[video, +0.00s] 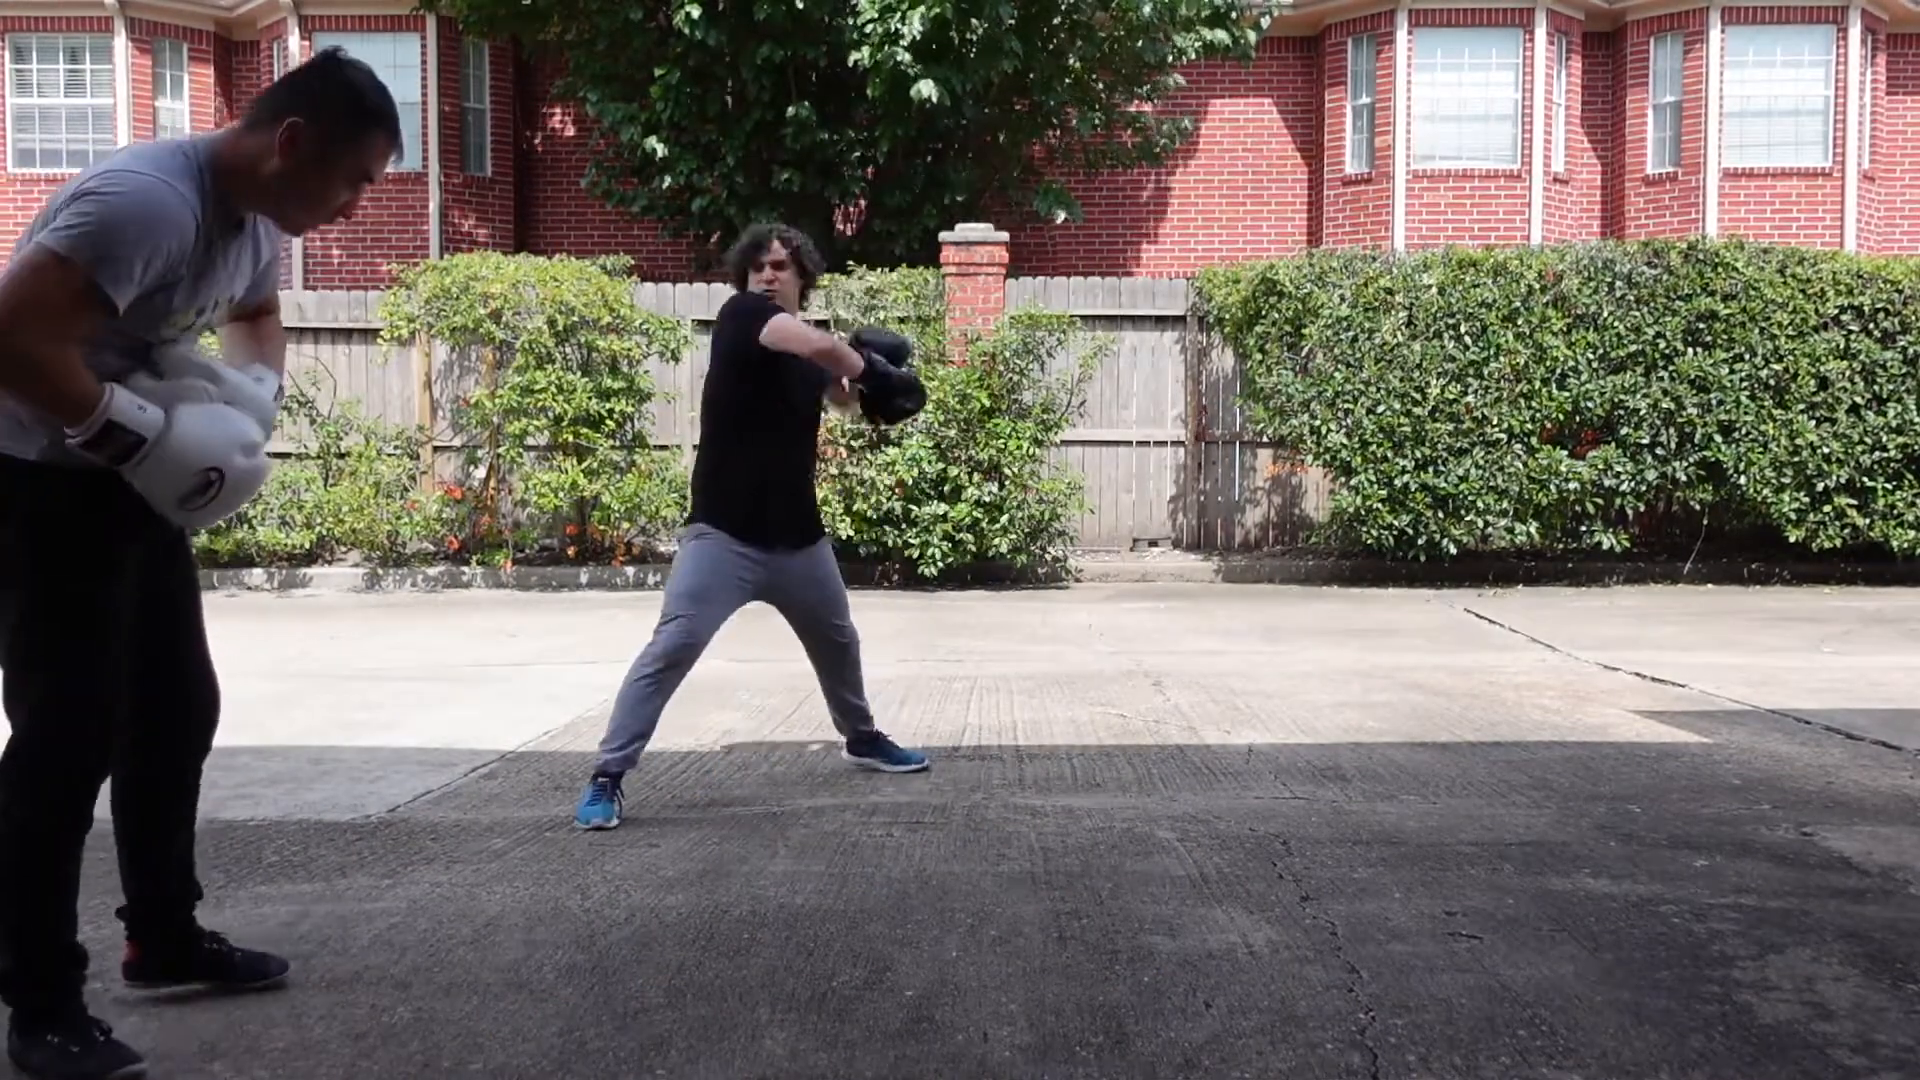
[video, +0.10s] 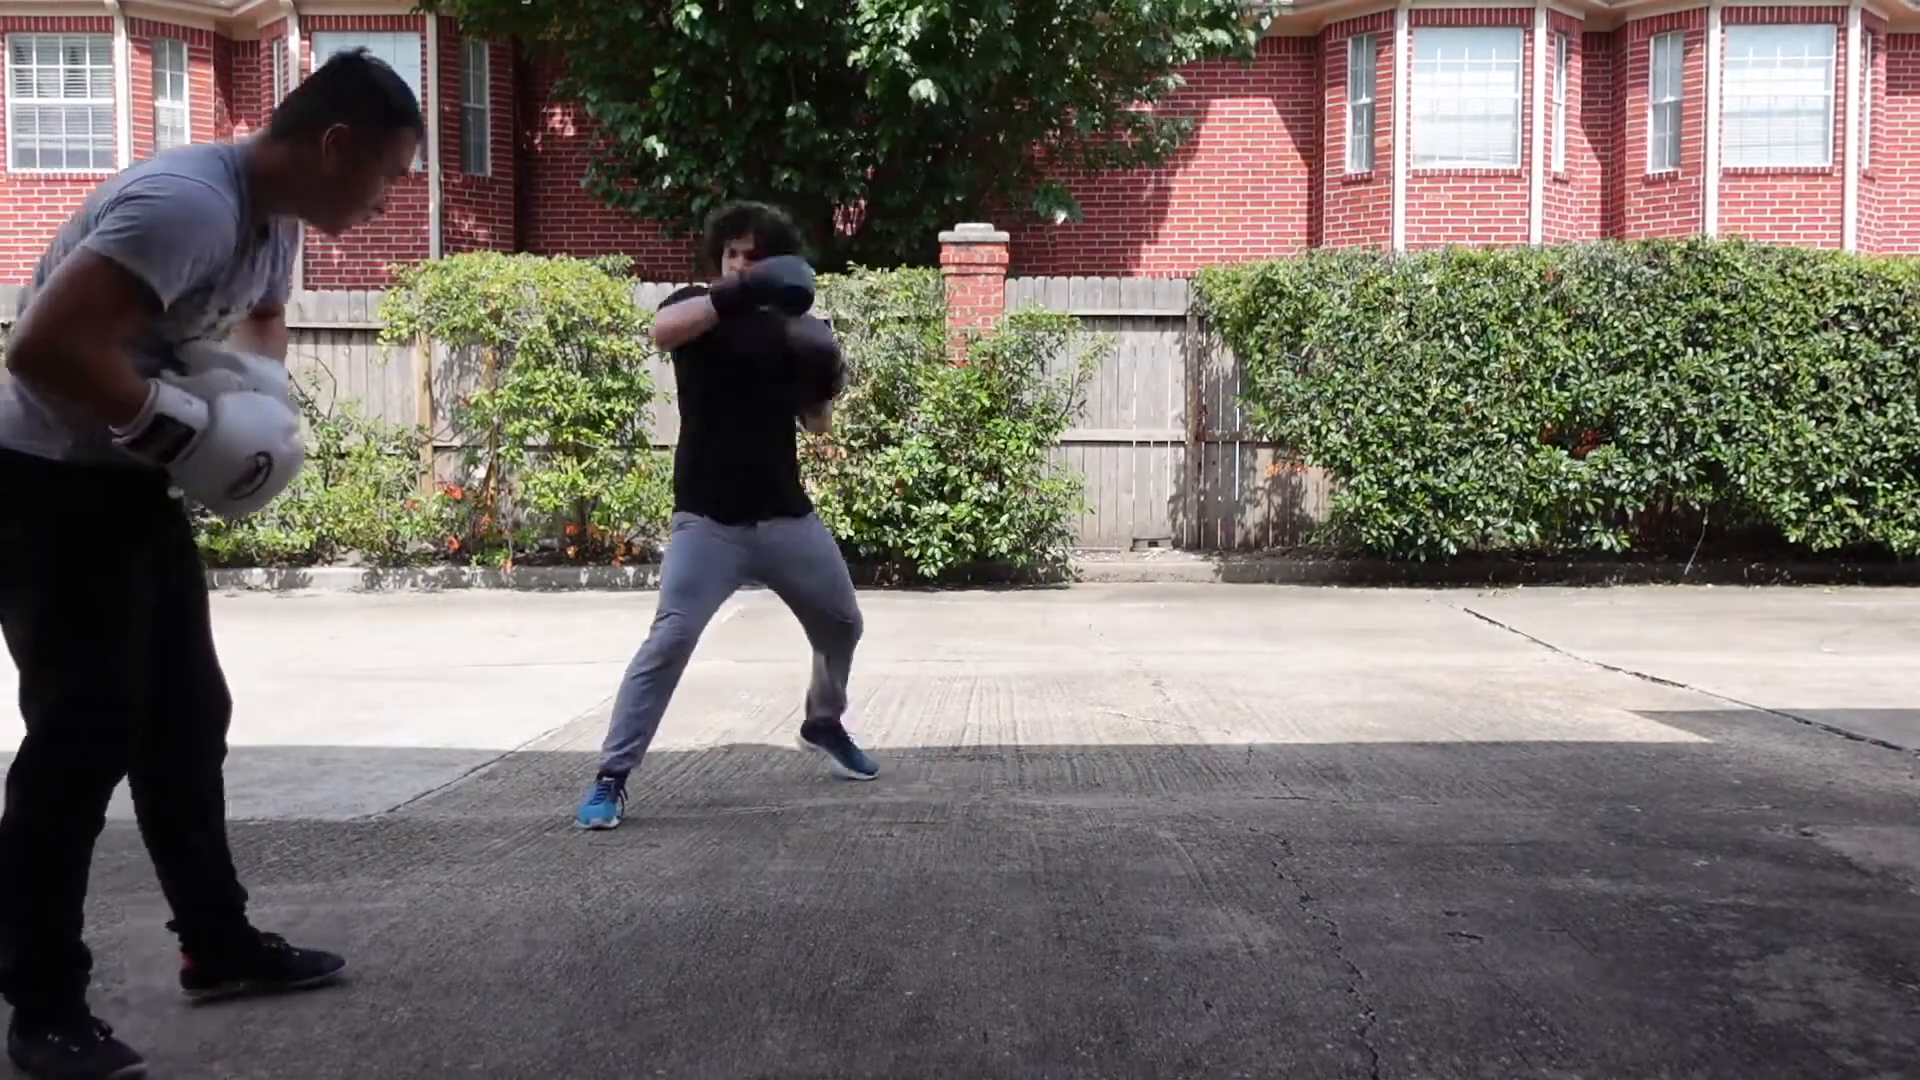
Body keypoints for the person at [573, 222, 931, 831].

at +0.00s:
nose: (773, 274)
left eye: (784, 266)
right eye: (763, 266)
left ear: (804, 276)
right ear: (746, 277)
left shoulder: (811, 341)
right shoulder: (742, 314)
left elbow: (843, 400)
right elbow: (818, 343)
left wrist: (864, 377)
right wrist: (863, 371)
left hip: (800, 541)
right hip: (722, 537)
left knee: (839, 643)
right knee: (674, 645)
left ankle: (862, 736)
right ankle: (607, 777)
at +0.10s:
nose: (743, 268)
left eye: (755, 258)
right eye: (734, 256)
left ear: (778, 264)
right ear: (716, 259)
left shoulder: (791, 326)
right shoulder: (693, 305)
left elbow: (816, 422)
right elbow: (662, 332)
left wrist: (820, 363)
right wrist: (734, 292)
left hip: (786, 518)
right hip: (707, 521)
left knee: (842, 623)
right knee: (670, 639)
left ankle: (823, 722)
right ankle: (611, 778)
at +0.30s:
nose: (675, 271)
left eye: (688, 259)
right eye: (667, 259)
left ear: (722, 258)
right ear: (660, 261)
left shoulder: (769, 318)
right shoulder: (649, 316)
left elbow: (791, 405)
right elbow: (580, 369)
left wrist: (731, 358)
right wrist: (569, 310)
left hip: (765, 522)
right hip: (681, 519)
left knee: (814, 636)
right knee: (647, 632)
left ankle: (792, 749)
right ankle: (609, 778)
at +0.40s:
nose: (673, 265)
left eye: (686, 253)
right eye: (665, 253)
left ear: (720, 254)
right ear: (659, 257)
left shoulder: (767, 315)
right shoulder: (648, 312)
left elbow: (789, 404)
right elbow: (578, 358)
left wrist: (725, 362)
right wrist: (564, 300)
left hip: (760, 516)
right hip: (675, 516)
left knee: (808, 637)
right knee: (641, 637)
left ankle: (830, 746)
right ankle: (610, 778)